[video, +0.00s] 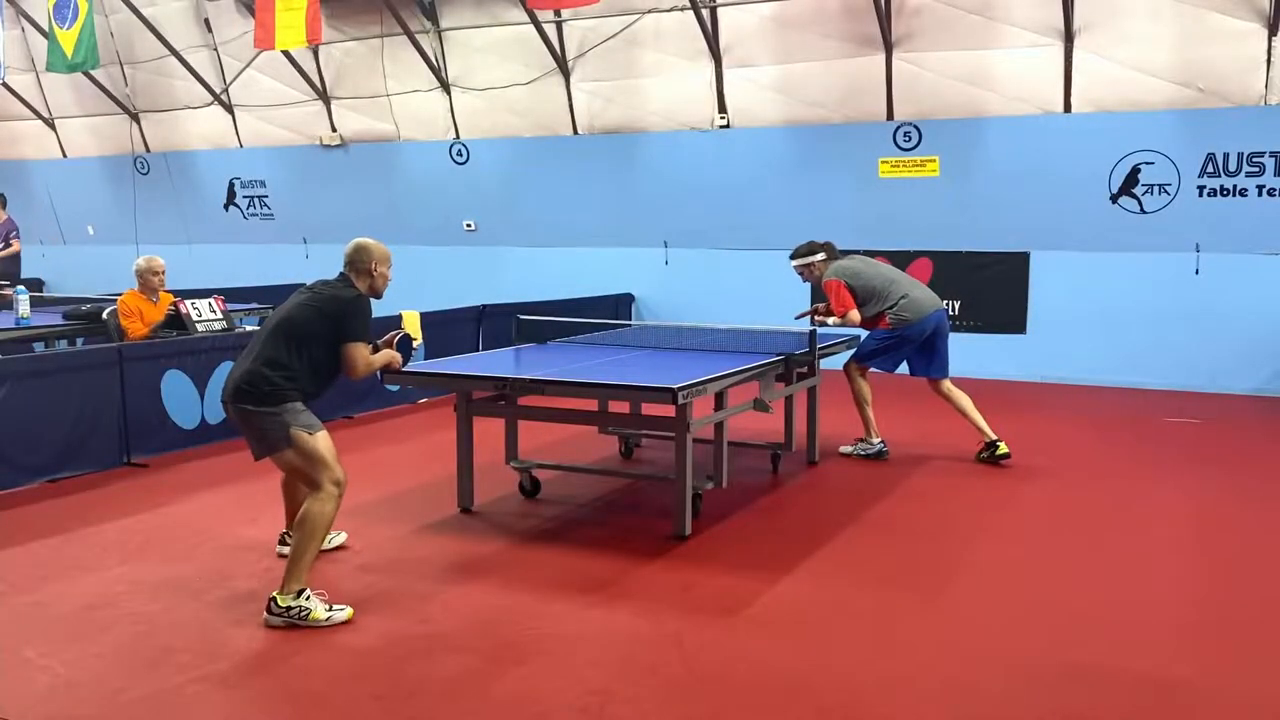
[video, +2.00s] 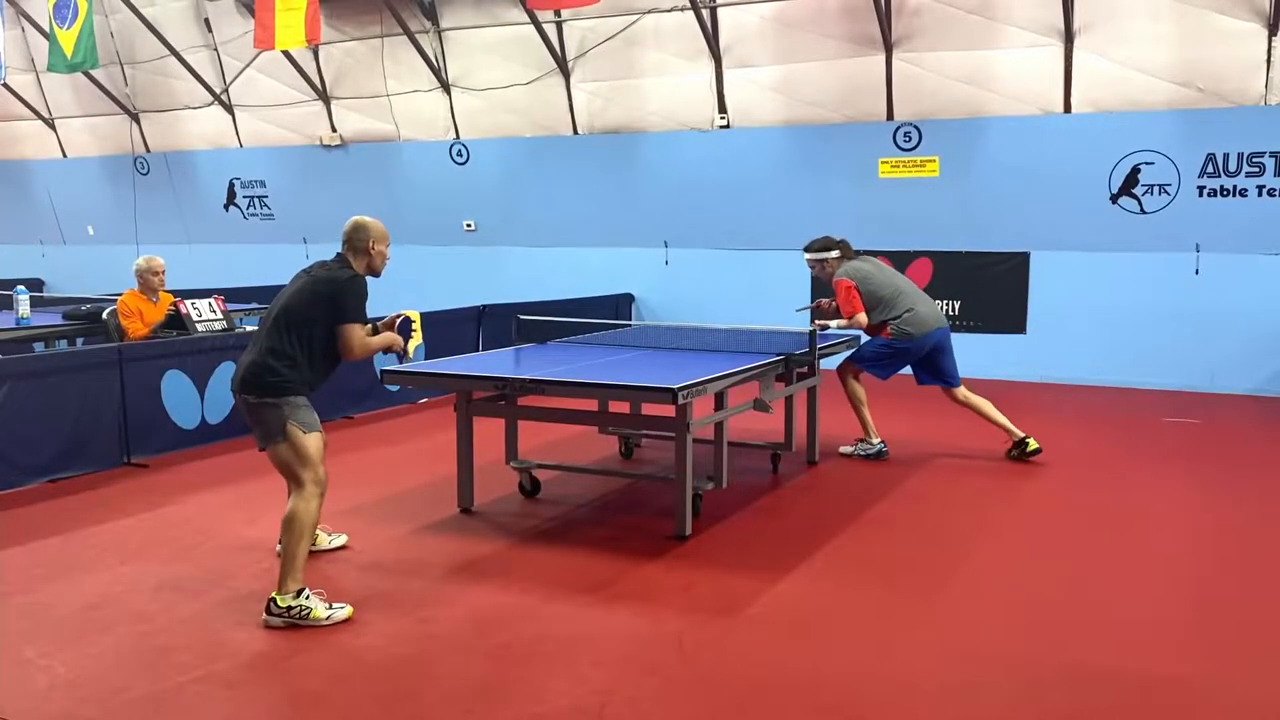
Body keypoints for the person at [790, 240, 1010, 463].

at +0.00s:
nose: (803, 279)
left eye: (803, 272)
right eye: (800, 274)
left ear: (816, 264)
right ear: (824, 258)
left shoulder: (832, 277)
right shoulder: (855, 262)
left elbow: (853, 319)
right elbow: (871, 311)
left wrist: (832, 319)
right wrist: (832, 310)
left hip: (907, 317)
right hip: (936, 311)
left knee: (854, 369)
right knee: (941, 383)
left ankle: (872, 440)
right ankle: (993, 441)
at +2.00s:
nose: (813, 272)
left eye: (814, 266)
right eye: (810, 267)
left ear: (830, 261)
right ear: (838, 257)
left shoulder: (843, 277)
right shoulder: (869, 262)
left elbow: (859, 321)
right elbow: (879, 301)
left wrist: (833, 322)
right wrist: (839, 308)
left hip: (908, 331)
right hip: (937, 325)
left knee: (848, 372)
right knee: (958, 391)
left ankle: (873, 441)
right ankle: (1020, 438)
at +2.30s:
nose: (839, 249)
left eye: (842, 243)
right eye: (838, 243)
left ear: (860, 240)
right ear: (866, 238)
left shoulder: (868, 259)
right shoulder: (896, 249)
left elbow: (858, 309)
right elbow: (894, 292)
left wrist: (827, 316)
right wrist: (858, 285)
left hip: (921, 327)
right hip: (952, 323)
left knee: (858, 367)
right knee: (967, 392)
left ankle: (873, 440)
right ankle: (1025, 441)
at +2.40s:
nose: (854, 237)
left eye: (856, 231)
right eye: (852, 231)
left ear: (874, 230)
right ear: (884, 229)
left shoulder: (877, 251)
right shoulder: (909, 243)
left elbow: (858, 295)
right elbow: (898, 281)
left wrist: (827, 293)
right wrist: (864, 266)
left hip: (927, 324)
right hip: (959, 321)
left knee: (865, 366)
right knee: (971, 390)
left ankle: (873, 440)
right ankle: (1026, 442)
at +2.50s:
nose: (867, 227)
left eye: (870, 221)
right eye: (866, 221)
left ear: (888, 222)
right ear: (894, 221)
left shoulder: (888, 244)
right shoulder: (921, 237)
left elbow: (857, 281)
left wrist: (831, 258)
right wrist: (873, 264)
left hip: (933, 321)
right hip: (966, 318)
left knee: (873, 364)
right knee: (976, 387)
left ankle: (873, 440)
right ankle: (1026, 442)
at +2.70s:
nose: (888, 210)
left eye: (893, 204)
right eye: (890, 204)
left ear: (910, 208)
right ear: (917, 209)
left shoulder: (906, 232)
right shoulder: (944, 228)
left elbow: (866, 262)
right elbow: (943, 266)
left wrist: (841, 251)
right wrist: (911, 283)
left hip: (948, 317)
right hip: (981, 313)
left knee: (892, 367)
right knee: (984, 382)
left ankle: (875, 440)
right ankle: (1027, 442)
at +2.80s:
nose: (895, 205)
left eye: (900, 200)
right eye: (897, 199)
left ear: (917, 205)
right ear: (925, 206)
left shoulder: (909, 230)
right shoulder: (953, 226)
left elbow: (872, 260)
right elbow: (981, 261)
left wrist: (845, 256)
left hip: (951, 314)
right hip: (985, 311)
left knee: (896, 367)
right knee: (987, 382)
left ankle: (877, 440)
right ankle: (1027, 442)